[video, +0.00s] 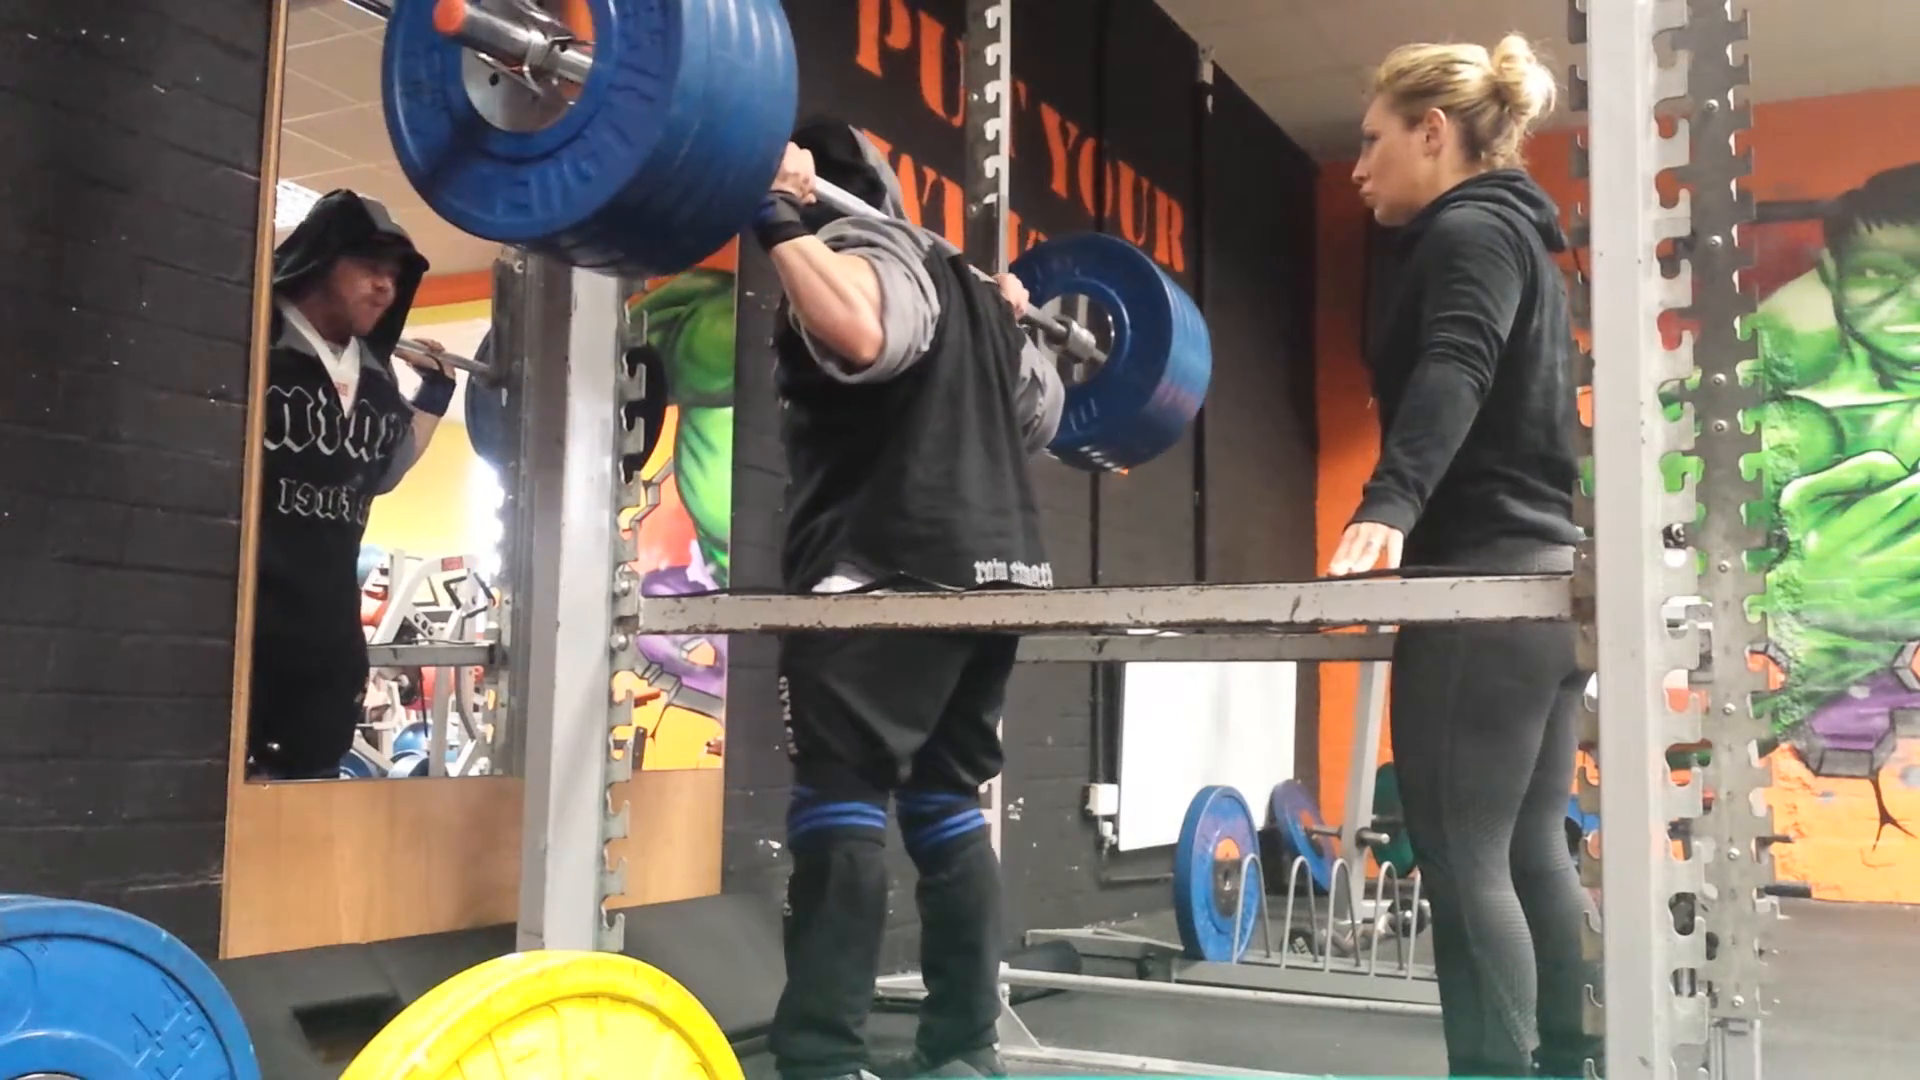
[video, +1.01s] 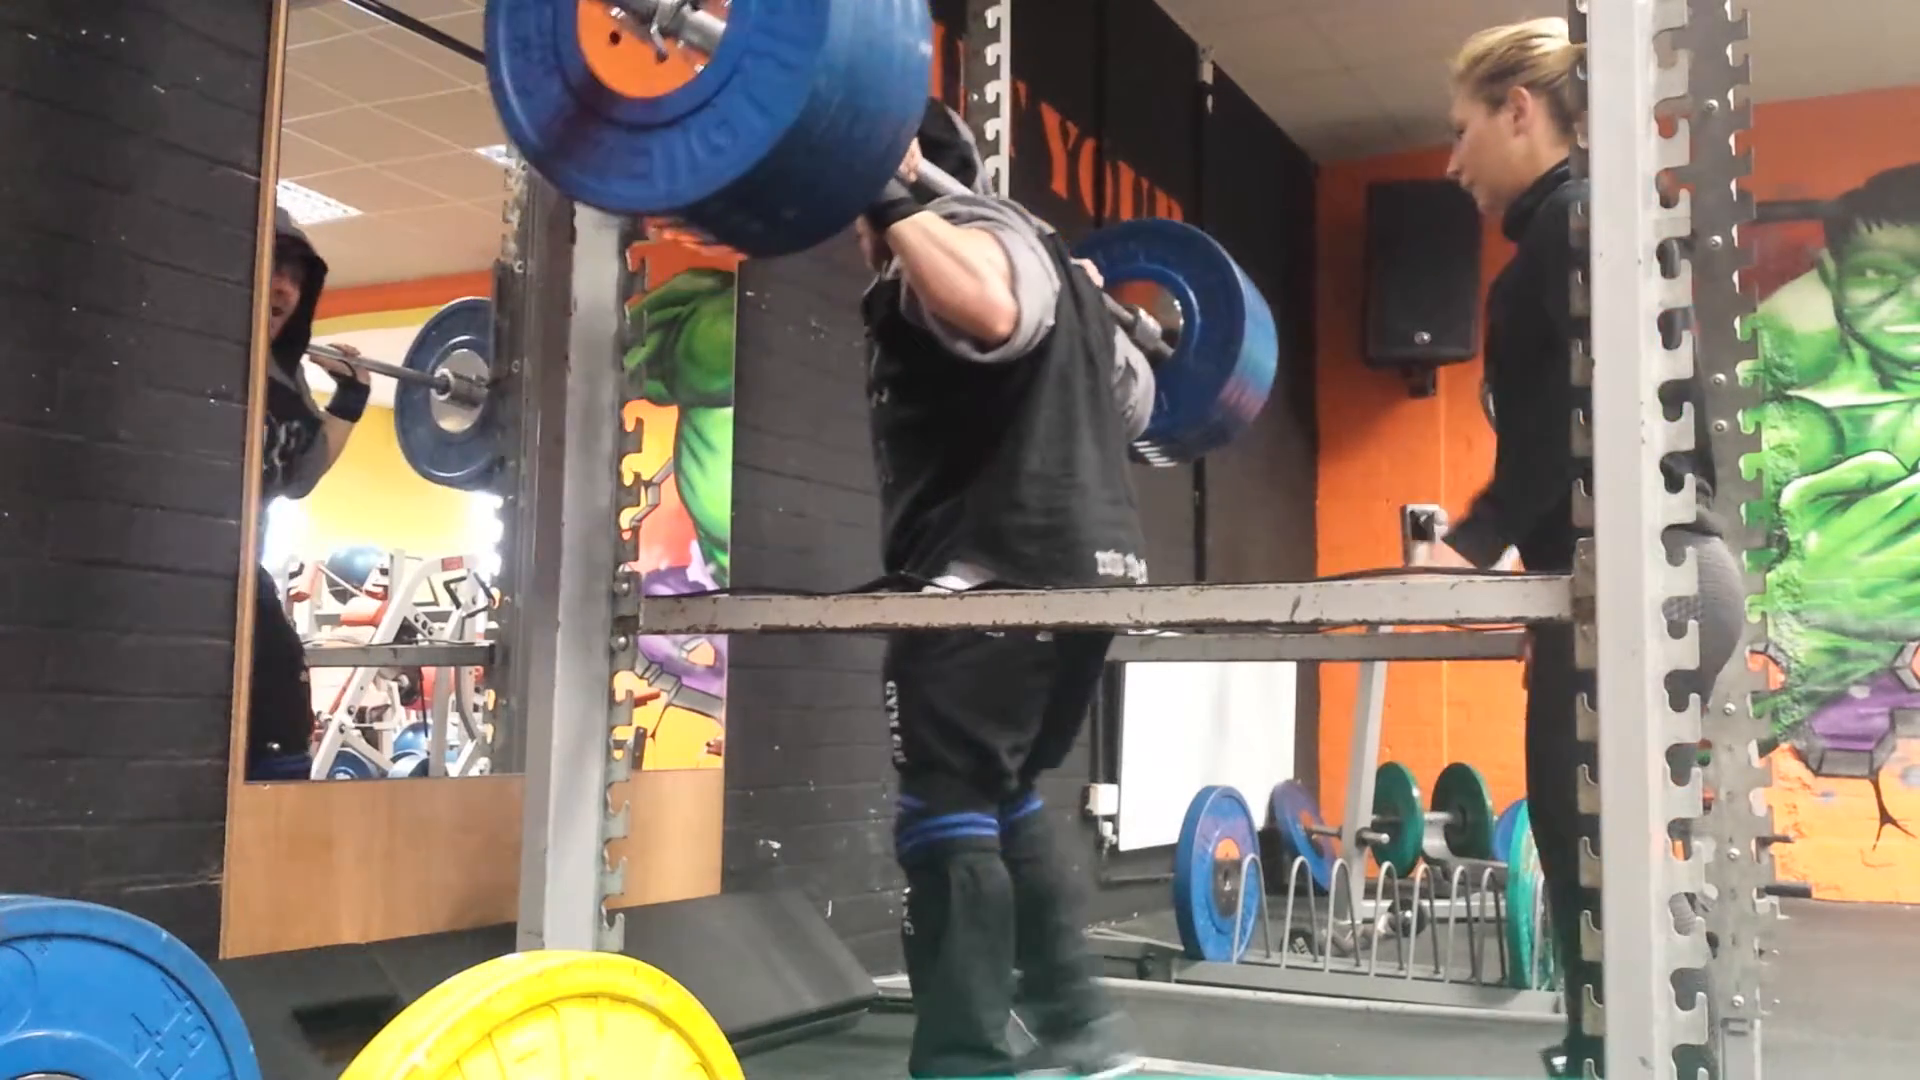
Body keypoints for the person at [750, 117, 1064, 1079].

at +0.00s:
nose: (780, 204)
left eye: (787, 185)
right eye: (783, 184)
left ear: (812, 184)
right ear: (882, 179)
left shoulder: (856, 241)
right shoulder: (966, 275)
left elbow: (859, 337)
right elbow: (1039, 410)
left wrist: (778, 214)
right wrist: (1019, 319)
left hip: (885, 568)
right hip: (998, 566)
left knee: (841, 793)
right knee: (947, 797)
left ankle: (818, 1049)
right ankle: (963, 1044)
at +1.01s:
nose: (862, 230)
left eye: (870, 208)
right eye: (861, 215)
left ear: (909, 173)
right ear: (977, 163)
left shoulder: (964, 226)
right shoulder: (1058, 257)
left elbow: (993, 311)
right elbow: (1135, 390)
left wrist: (892, 195)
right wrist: (1132, 324)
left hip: (989, 569)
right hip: (1092, 565)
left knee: (946, 807)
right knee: (1012, 791)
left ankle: (960, 1060)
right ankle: (1074, 1027)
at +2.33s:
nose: (1049, 237)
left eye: (1045, 208)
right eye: (1034, 221)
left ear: (1089, 167)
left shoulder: (1205, 192)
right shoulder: (1142, 247)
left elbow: (1252, 282)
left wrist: (1138, 147)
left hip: (1241, 567)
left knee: (1196, 815)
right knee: (1257, 815)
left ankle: (1232, 1064)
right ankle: (1331, 1060)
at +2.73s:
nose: (1105, 259)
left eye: (1105, 232)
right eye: (1090, 245)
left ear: (1153, 190)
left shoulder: (1269, 214)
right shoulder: (1197, 270)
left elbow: (1313, 296)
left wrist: (1207, 172)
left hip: (1308, 572)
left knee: (1213, 805)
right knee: (1320, 821)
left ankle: (1234, 1063)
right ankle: (1351, 1061)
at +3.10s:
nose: (1108, 259)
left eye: (1111, 232)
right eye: (1095, 241)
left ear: (1161, 193)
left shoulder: (1295, 212)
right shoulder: (1213, 262)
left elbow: (1329, 300)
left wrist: (1225, 179)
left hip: (1315, 588)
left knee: (1259, 829)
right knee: (1333, 833)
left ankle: (1266, 1064)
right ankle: (1351, 1064)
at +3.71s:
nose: (1096, 251)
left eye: (1097, 227)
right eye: (1080, 236)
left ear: (1145, 195)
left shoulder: (1278, 195)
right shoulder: (1190, 261)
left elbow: (1326, 282)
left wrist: (1211, 173)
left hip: (1318, 574)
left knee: (1259, 824)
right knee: (1322, 827)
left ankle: (1263, 1065)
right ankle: (1348, 1065)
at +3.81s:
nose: (1103, 260)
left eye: (1102, 235)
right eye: (1084, 245)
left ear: (1151, 199)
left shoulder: (1277, 196)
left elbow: (1335, 278)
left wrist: (1209, 173)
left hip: (1313, 581)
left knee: (1268, 832)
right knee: (1347, 838)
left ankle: (1270, 1065)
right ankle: (1355, 1067)